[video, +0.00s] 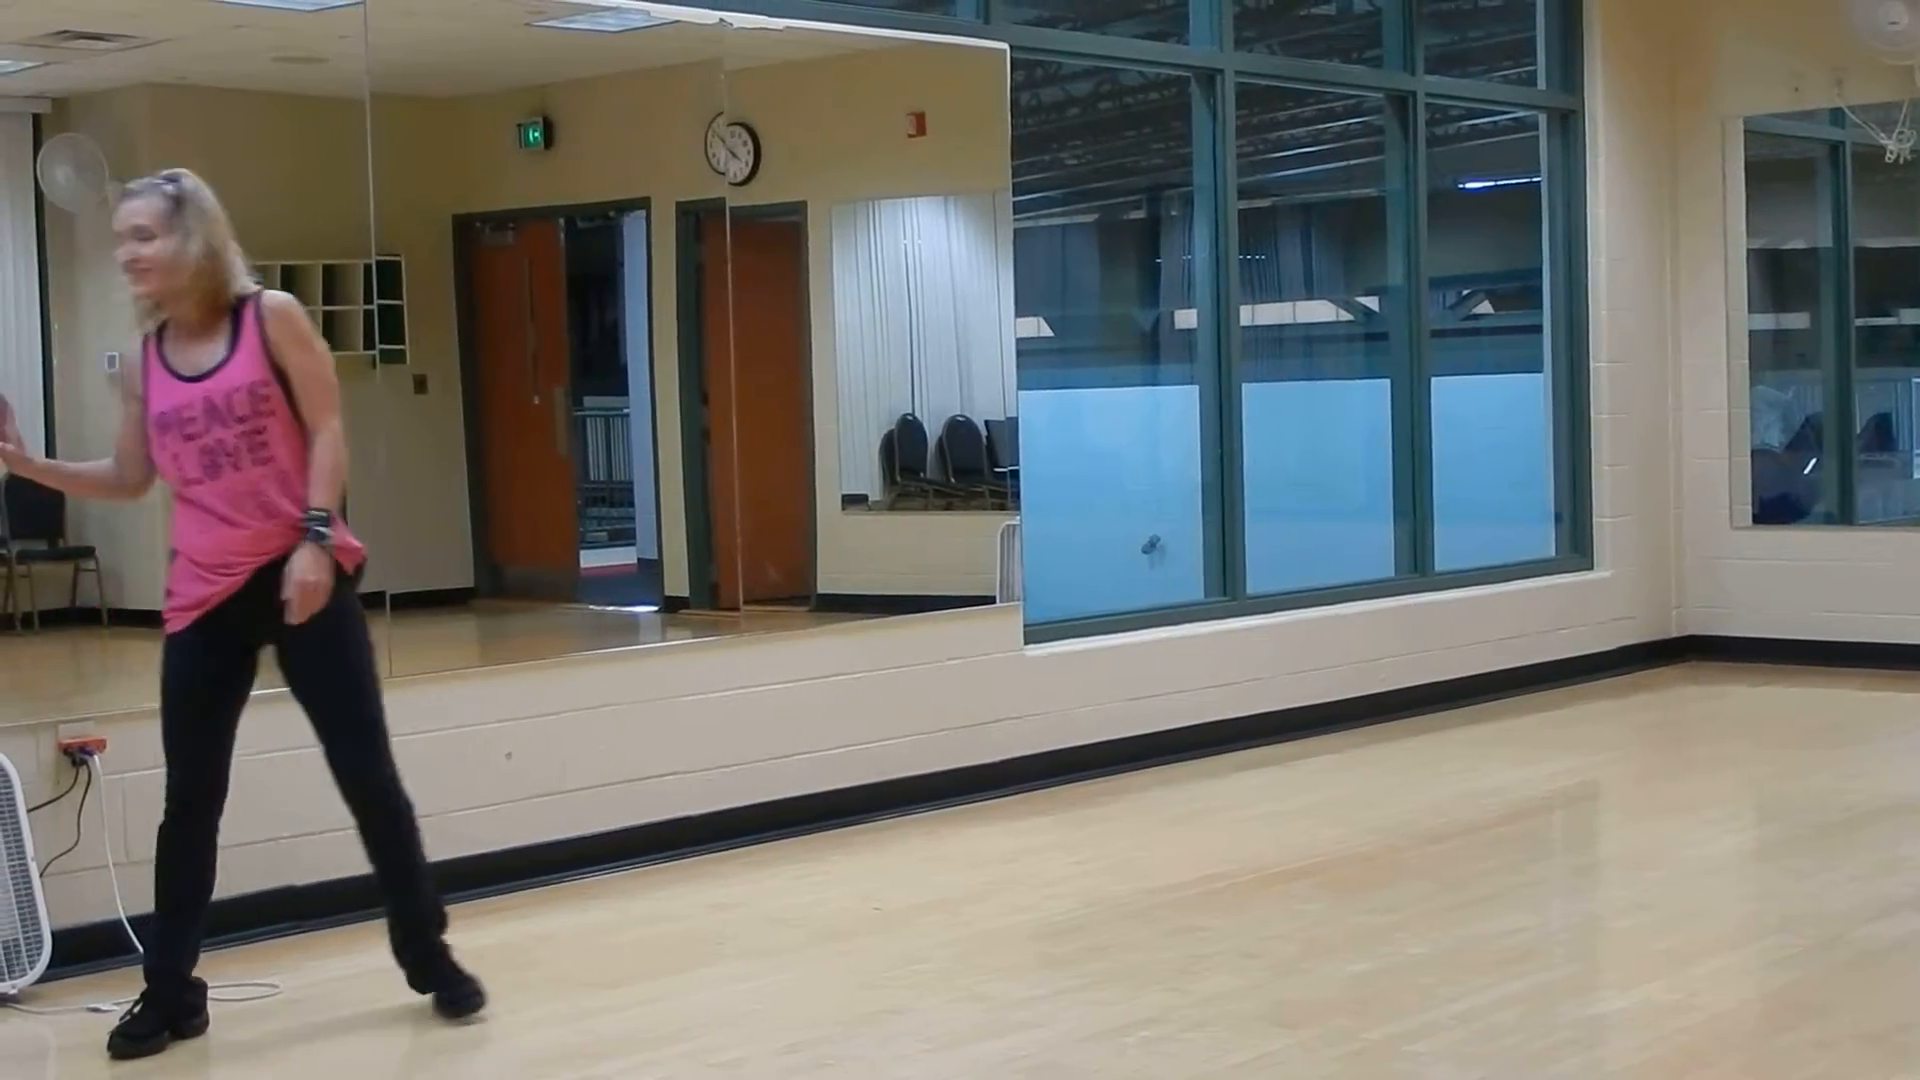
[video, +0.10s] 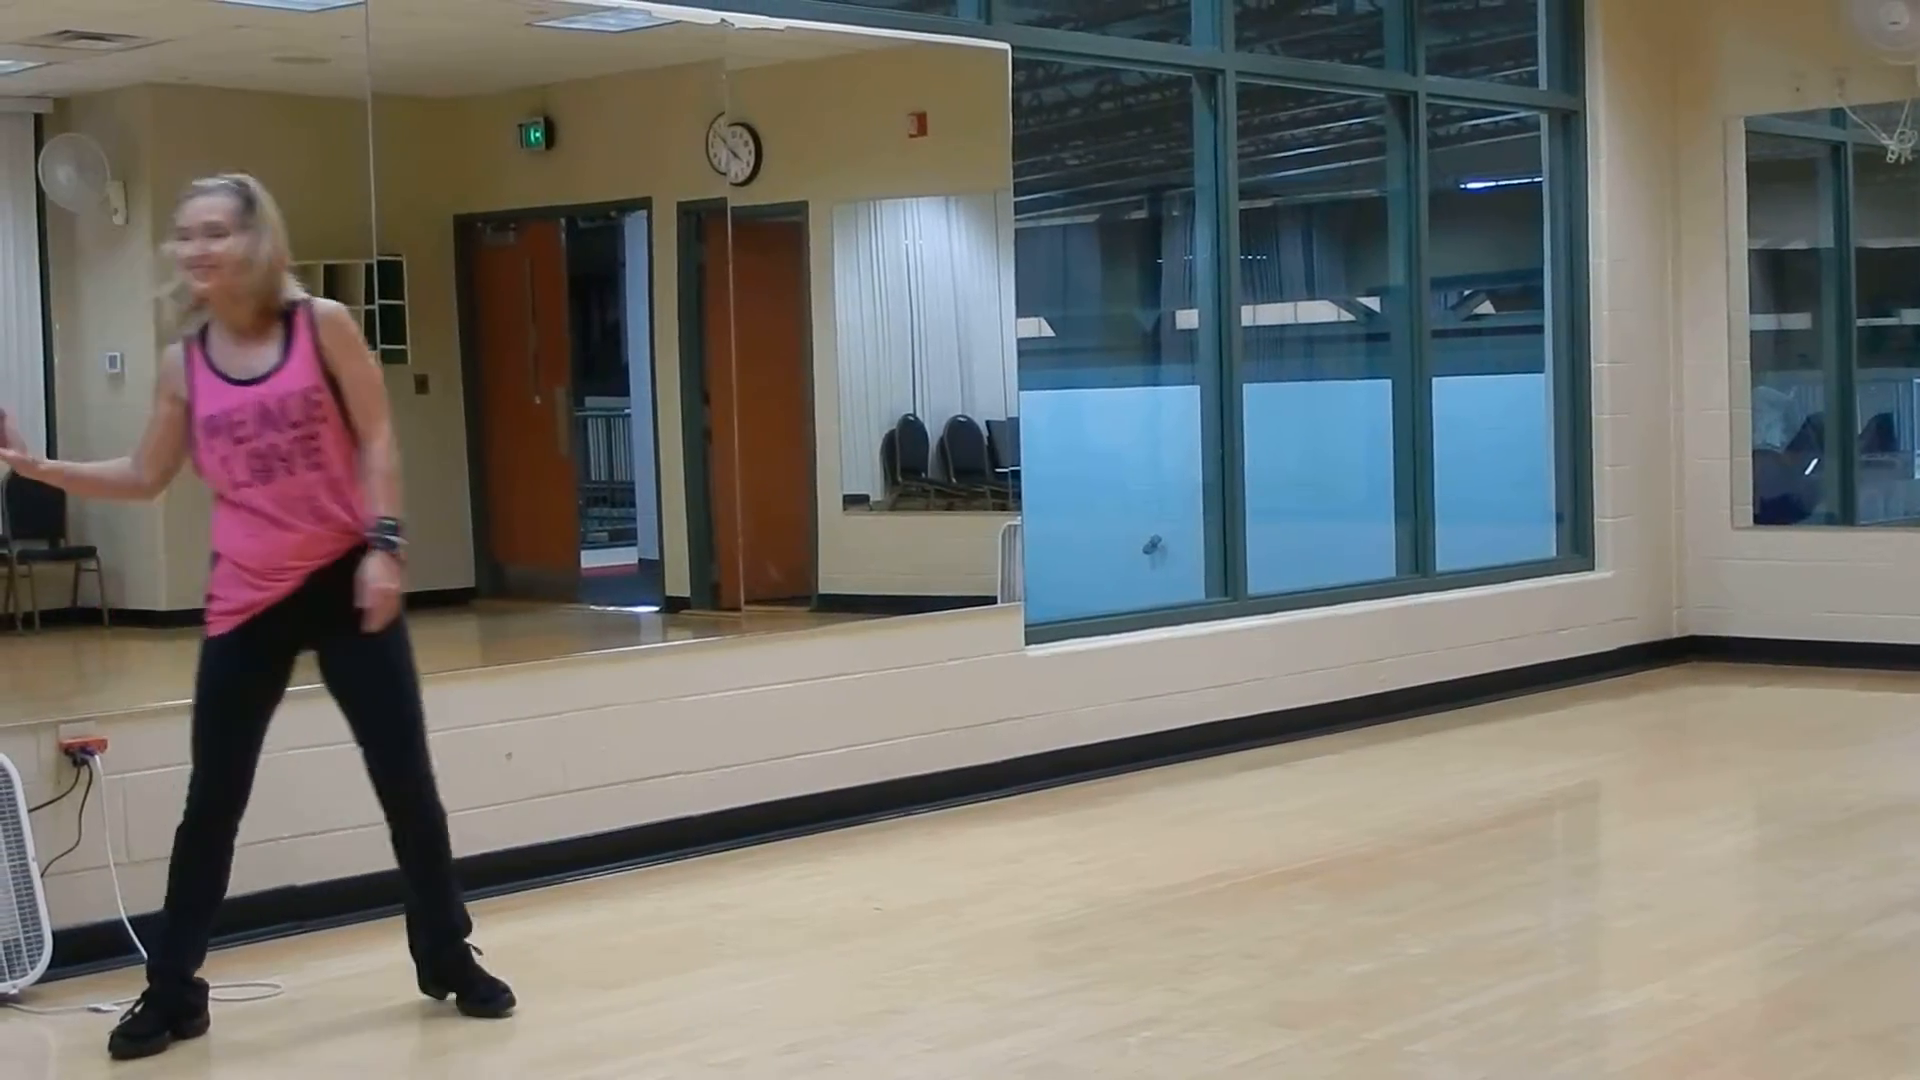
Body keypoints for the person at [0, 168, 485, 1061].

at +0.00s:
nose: (128, 255)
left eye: (144, 237)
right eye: (122, 241)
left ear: (196, 239)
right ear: (127, 256)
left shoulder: (274, 317)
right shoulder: (143, 358)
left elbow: (327, 426)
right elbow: (130, 479)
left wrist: (318, 539)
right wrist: (29, 464)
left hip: (303, 573)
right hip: (204, 593)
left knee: (369, 778)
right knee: (190, 796)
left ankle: (429, 955)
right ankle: (173, 990)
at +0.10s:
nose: (200, 250)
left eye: (219, 233)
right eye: (190, 236)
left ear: (263, 242)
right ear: (178, 254)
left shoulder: (323, 325)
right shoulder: (186, 361)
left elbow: (376, 434)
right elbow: (144, 477)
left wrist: (384, 545)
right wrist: (35, 465)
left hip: (346, 579)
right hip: (246, 598)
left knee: (406, 778)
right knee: (213, 797)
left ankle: (447, 958)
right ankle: (175, 990)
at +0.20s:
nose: (281, 250)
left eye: (299, 235)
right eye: (266, 238)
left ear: (332, 251)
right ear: (245, 260)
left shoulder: (384, 339)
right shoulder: (233, 372)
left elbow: (433, 455)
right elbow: (186, 482)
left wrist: (454, 556)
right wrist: (80, 469)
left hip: (406, 589)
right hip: (305, 608)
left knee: (446, 787)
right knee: (249, 798)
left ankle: (448, 966)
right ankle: (180, 988)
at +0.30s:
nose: (351, 250)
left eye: (366, 238)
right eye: (334, 239)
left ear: (390, 257)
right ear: (304, 261)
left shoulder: (433, 345)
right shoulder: (285, 374)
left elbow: (478, 457)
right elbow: (243, 483)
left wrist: (511, 559)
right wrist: (174, 502)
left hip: (454, 591)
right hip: (359, 608)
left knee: (474, 786)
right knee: (305, 798)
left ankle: (449, 969)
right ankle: (212, 987)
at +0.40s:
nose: (408, 238)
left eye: (420, 226)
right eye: (388, 226)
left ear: (439, 248)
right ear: (354, 249)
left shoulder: (469, 334)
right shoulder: (331, 357)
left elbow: (506, 445)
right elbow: (295, 466)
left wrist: (543, 548)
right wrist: (277, 530)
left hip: (480, 586)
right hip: (391, 599)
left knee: (479, 791)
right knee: (386, 793)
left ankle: (448, 968)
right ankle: (308, 973)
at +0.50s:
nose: (452, 228)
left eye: (462, 216)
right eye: (432, 216)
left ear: (478, 239)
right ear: (395, 240)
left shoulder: (497, 332)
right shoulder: (373, 344)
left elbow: (527, 439)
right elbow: (342, 462)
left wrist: (565, 545)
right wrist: (351, 561)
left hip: (498, 580)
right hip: (422, 589)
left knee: (486, 772)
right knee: (476, 770)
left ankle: (449, 962)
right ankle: (430, 977)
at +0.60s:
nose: (500, 226)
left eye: (505, 215)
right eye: (478, 215)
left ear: (513, 241)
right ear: (434, 242)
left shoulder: (515, 335)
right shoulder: (415, 344)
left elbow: (542, 447)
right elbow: (387, 471)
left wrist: (579, 549)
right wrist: (403, 581)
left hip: (517, 590)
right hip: (454, 597)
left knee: (477, 788)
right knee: (541, 768)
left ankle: (440, 965)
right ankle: (551, 978)